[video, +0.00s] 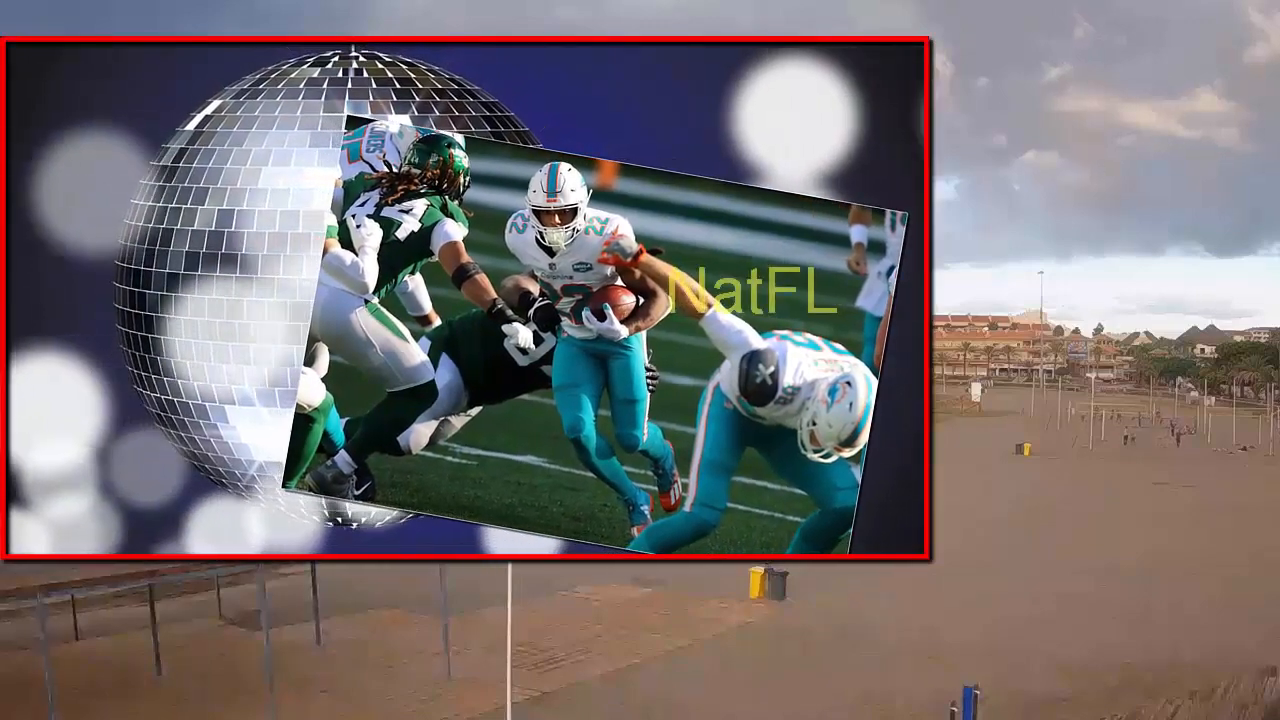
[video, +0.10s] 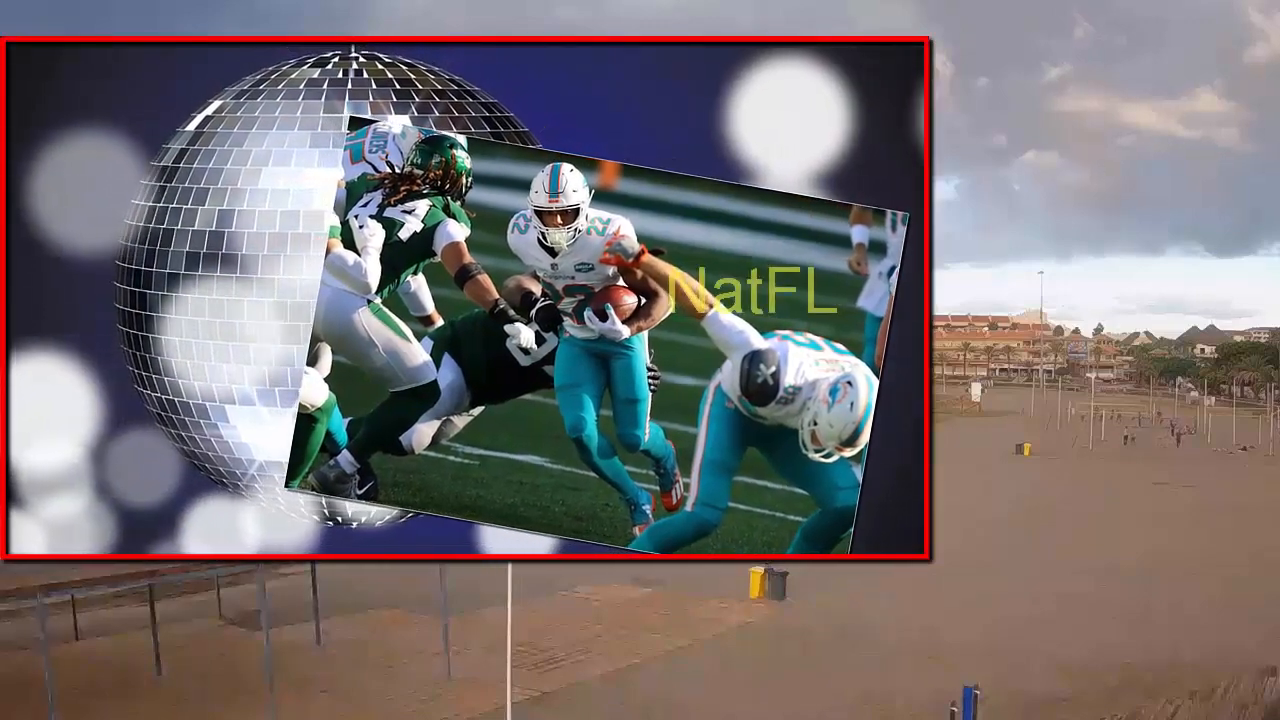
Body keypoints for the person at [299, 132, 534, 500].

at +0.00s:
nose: (462, 184)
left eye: (462, 177)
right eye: (460, 176)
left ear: (409, 163)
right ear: (450, 177)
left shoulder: (365, 184)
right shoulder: (439, 216)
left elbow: (315, 202)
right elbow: (463, 271)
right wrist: (504, 316)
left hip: (299, 284)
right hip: (346, 304)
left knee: (303, 386)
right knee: (420, 389)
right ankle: (339, 468)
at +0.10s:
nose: (465, 183)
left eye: (464, 176)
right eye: (463, 176)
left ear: (412, 164)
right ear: (452, 176)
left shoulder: (370, 185)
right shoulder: (442, 216)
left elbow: (320, 201)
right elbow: (466, 271)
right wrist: (505, 317)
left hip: (304, 285)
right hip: (349, 305)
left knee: (308, 376)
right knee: (423, 388)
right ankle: (342, 467)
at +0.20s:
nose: (466, 185)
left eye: (466, 177)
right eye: (464, 177)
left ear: (413, 166)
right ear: (453, 179)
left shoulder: (368, 186)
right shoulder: (442, 217)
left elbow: (319, 209)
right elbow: (468, 272)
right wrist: (508, 316)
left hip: (305, 285)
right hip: (352, 304)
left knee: (313, 372)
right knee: (425, 388)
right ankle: (346, 466)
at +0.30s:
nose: (469, 185)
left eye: (468, 178)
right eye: (467, 177)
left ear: (416, 164)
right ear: (457, 179)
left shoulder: (372, 187)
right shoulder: (444, 217)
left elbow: (323, 211)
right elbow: (470, 272)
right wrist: (510, 316)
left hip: (308, 286)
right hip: (355, 305)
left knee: (317, 368)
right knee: (428, 388)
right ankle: (349, 464)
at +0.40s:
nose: (471, 186)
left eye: (470, 179)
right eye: (469, 178)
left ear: (418, 165)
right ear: (460, 180)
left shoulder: (374, 187)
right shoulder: (446, 218)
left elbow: (325, 211)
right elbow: (472, 272)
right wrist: (512, 316)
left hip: (311, 287)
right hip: (358, 305)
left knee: (318, 372)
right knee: (430, 388)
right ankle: (352, 464)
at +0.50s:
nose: (474, 186)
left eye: (473, 178)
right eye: (472, 178)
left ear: (420, 165)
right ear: (462, 179)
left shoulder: (376, 188)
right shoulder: (449, 218)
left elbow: (328, 213)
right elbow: (474, 273)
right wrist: (514, 316)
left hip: (315, 286)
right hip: (360, 305)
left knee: (321, 373)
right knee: (433, 388)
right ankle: (355, 464)